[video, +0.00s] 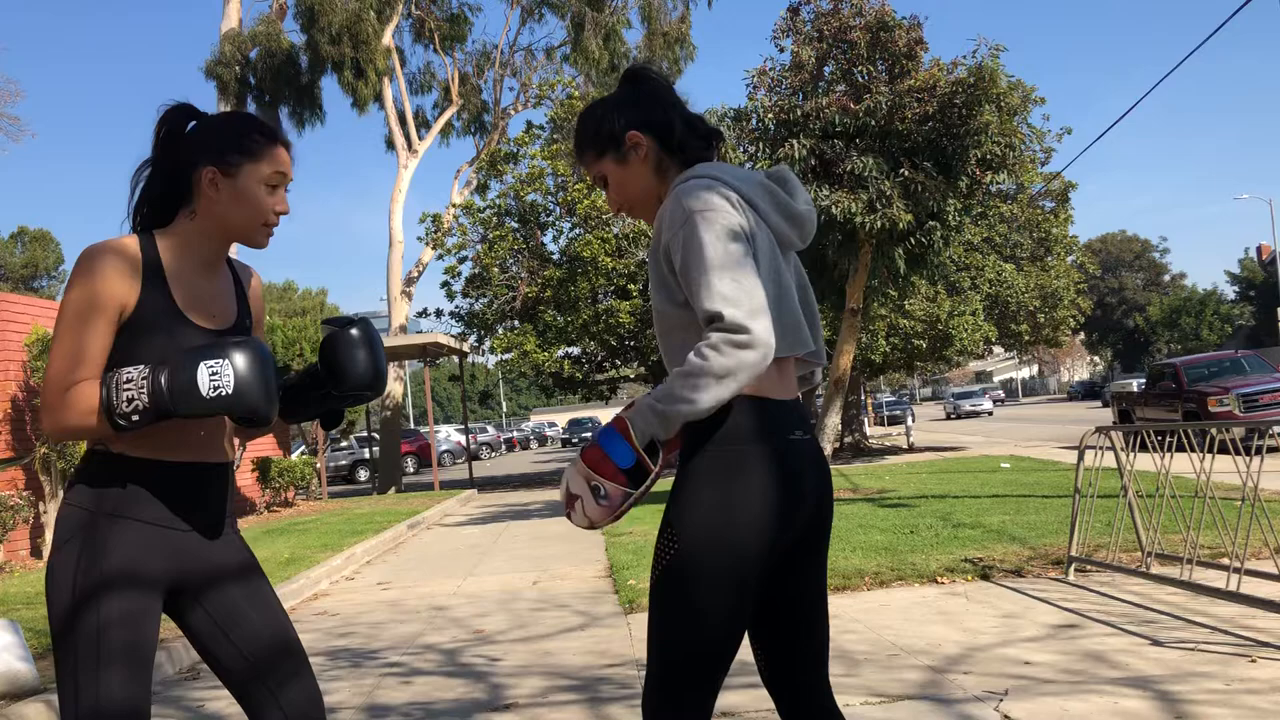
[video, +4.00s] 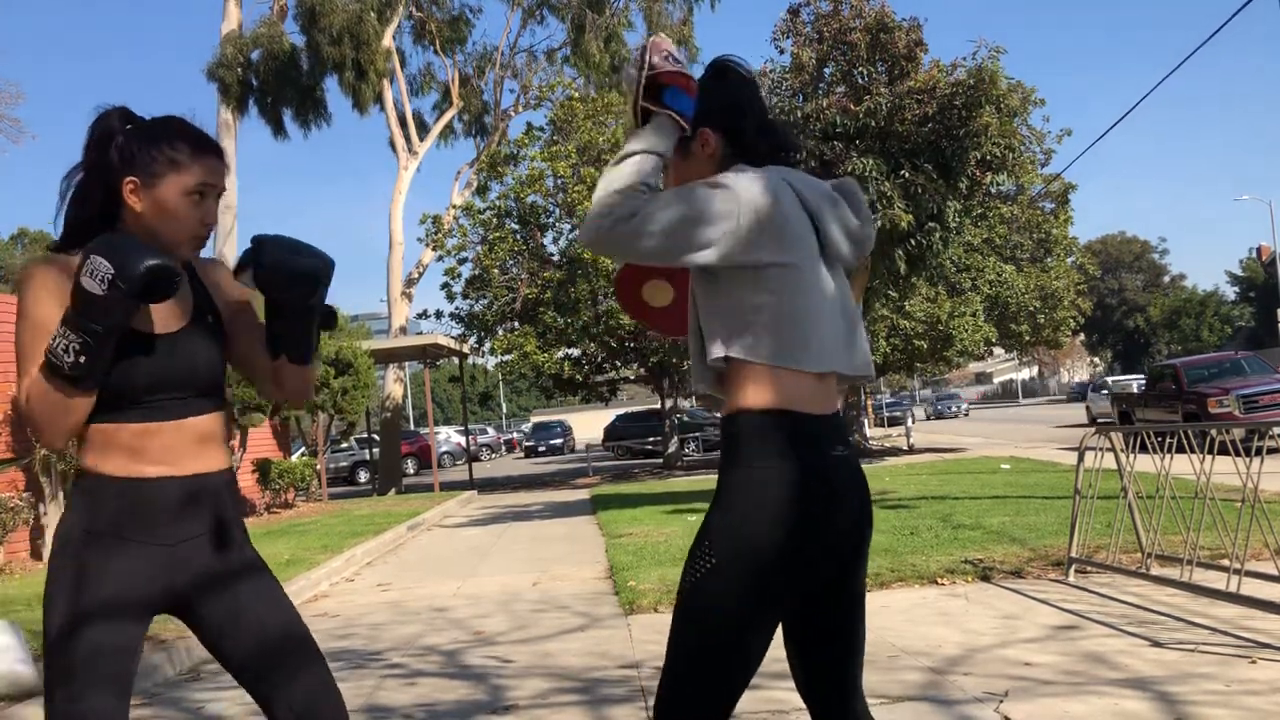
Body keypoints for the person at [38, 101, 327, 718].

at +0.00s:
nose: (284, 206)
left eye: (285, 189)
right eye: (274, 185)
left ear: (220, 185)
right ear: (213, 182)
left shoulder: (246, 285)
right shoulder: (113, 265)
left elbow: (239, 419)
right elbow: (58, 413)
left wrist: (307, 392)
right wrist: (178, 386)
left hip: (212, 528)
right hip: (116, 521)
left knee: (297, 705)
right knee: (107, 710)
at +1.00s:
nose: (276, 200)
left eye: (277, 183)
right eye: (265, 179)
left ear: (211, 179)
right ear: (204, 176)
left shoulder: (248, 284)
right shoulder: (118, 261)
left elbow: (288, 413)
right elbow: (114, 412)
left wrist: (337, 359)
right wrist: (208, 333)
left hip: (218, 521)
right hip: (119, 519)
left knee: (296, 706)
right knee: (94, 710)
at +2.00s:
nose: (218, 231)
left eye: (224, 216)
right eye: (206, 211)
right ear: (145, 199)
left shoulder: (198, 295)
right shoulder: (51, 269)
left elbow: (237, 419)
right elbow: (59, 408)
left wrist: (287, 339)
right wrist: (131, 310)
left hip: (178, 539)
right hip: (73, 540)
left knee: (286, 707)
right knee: (55, 709)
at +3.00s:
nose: (204, 227)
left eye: (206, 211)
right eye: (190, 207)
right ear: (127, 205)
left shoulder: (193, 297)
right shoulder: (41, 277)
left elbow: (252, 425)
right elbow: (49, 422)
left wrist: (276, 340)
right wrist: (108, 317)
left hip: (190, 541)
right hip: (82, 546)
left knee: (323, 697)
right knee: (70, 709)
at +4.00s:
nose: (213, 215)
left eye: (216, 198)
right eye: (200, 196)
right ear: (134, 193)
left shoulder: (214, 282)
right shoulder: (56, 279)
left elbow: (291, 389)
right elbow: (47, 429)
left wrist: (297, 310)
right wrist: (94, 319)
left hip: (215, 531)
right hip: (107, 536)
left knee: (318, 707)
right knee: (84, 711)